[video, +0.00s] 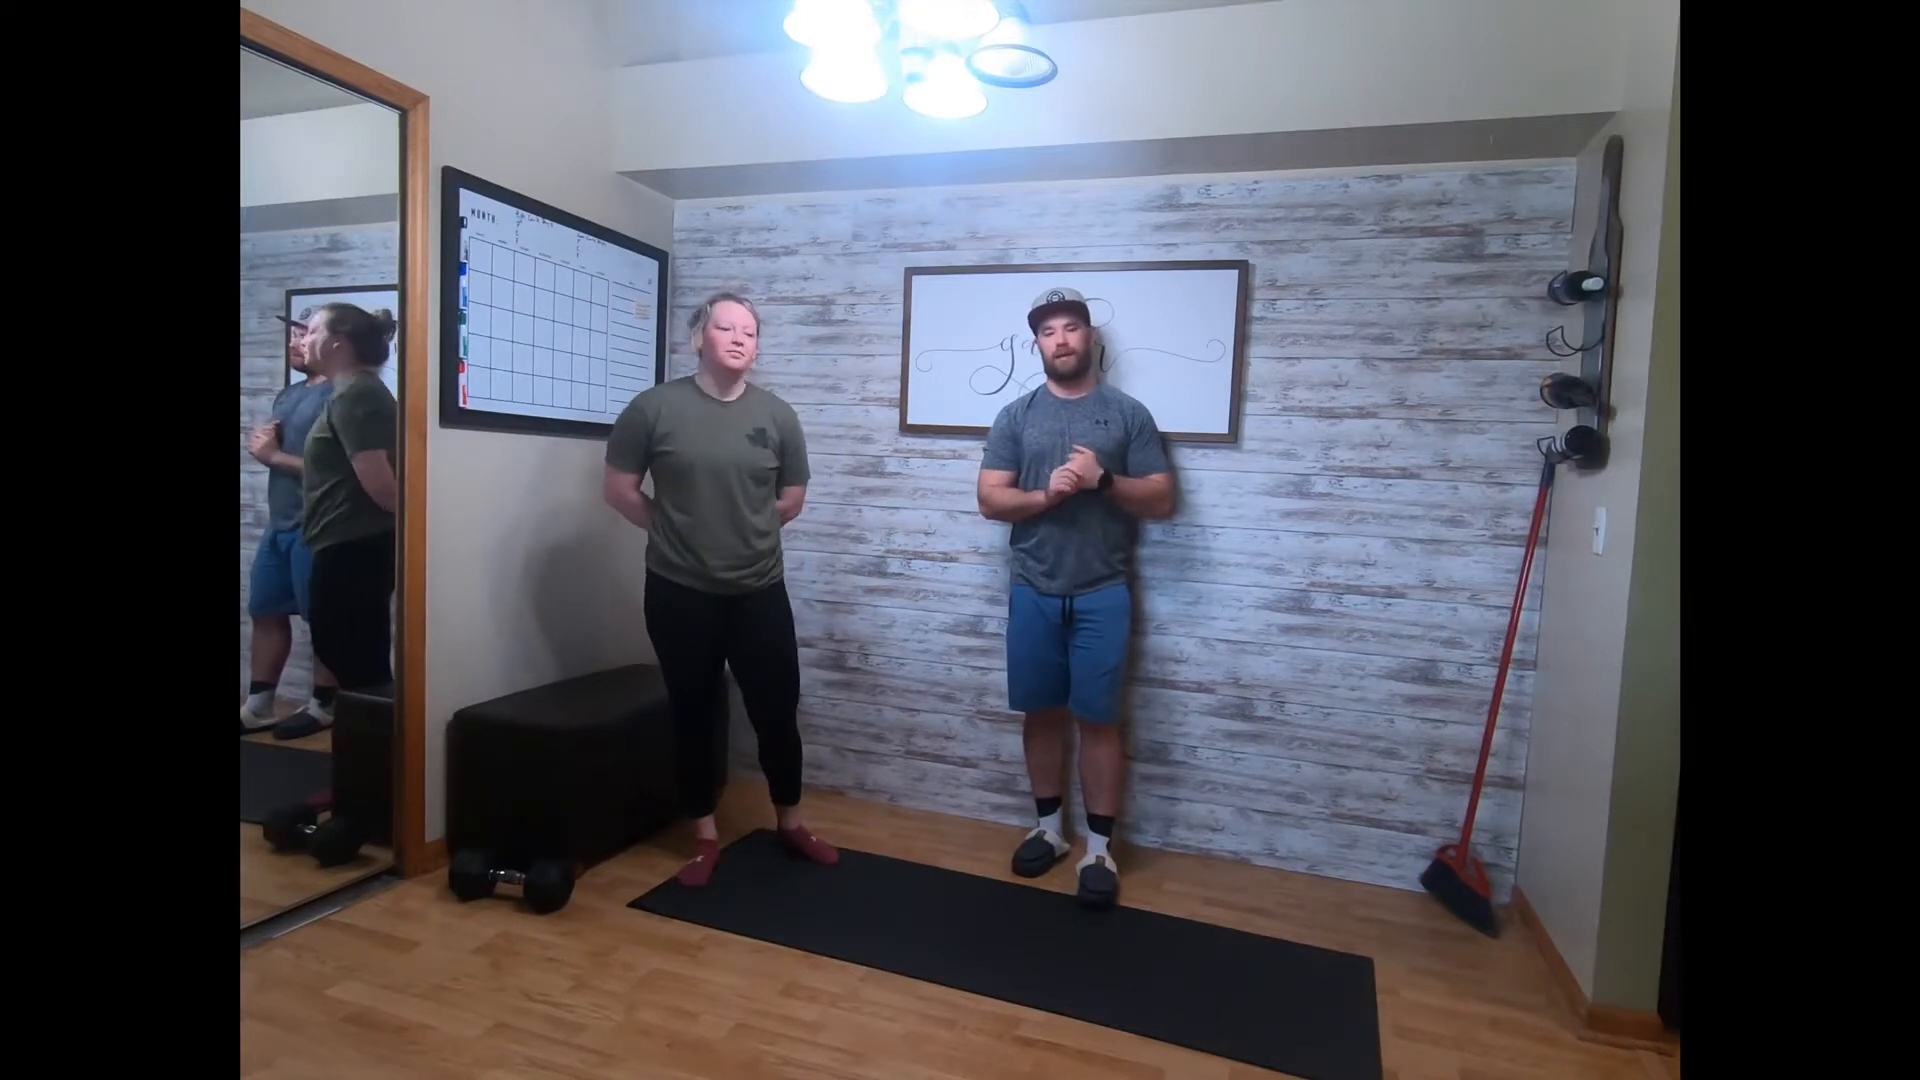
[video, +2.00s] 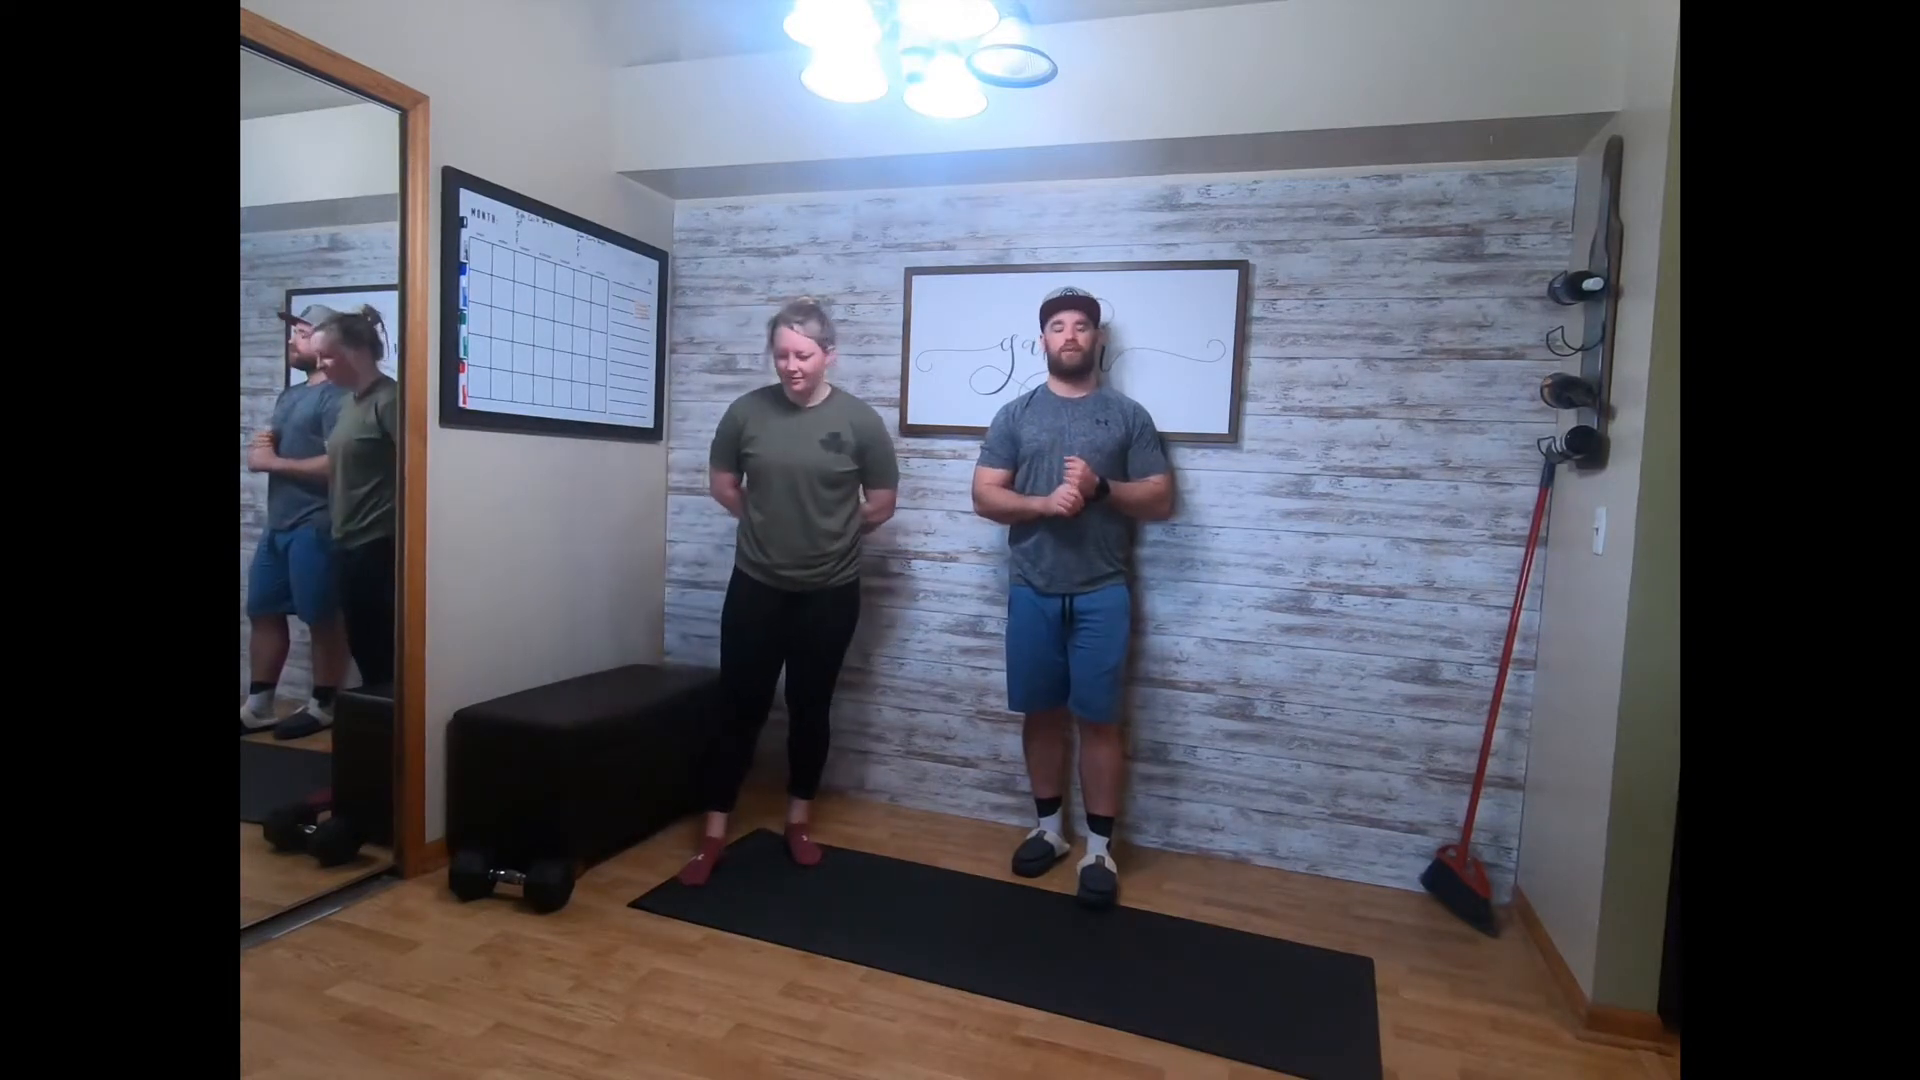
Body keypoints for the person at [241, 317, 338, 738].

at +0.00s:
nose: (297, 339)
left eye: (306, 332)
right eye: (297, 332)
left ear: (328, 344)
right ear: (298, 344)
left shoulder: (335, 396)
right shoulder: (288, 395)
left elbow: (328, 467)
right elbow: (285, 449)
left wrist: (273, 454)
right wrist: (267, 444)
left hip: (315, 528)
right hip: (279, 526)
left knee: (321, 620)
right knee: (267, 612)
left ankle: (324, 706)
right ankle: (260, 703)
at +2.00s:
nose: (293, 338)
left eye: (304, 333)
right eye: (295, 332)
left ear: (327, 346)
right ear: (299, 343)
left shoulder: (338, 397)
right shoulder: (288, 396)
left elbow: (337, 464)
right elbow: (280, 444)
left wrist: (274, 462)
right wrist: (264, 442)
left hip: (317, 523)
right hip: (278, 524)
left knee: (322, 617)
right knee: (264, 610)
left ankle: (324, 706)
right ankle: (259, 704)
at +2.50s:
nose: (294, 339)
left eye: (304, 332)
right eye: (295, 333)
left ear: (326, 342)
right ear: (299, 344)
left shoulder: (343, 392)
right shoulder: (294, 394)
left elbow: (346, 447)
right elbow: (276, 446)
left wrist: (317, 412)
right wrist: (248, 413)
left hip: (317, 523)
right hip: (276, 523)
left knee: (321, 617)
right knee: (260, 608)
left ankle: (324, 706)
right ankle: (259, 704)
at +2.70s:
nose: (300, 344)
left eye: (310, 336)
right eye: (300, 337)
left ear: (334, 344)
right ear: (301, 345)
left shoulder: (347, 394)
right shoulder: (293, 391)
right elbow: (254, 411)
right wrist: (242, 371)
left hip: (319, 527)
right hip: (279, 525)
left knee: (321, 619)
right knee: (261, 609)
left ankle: (325, 706)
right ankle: (259, 703)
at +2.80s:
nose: (298, 342)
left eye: (308, 336)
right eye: (297, 335)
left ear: (331, 344)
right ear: (296, 343)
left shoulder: (347, 391)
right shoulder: (289, 386)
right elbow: (250, 384)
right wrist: (238, 346)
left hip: (322, 528)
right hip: (280, 523)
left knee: (322, 621)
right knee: (264, 609)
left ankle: (324, 705)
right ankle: (259, 703)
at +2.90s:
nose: (296, 340)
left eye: (305, 333)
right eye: (296, 332)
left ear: (329, 341)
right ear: (296, 341)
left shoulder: (340, 385)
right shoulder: (290, 379)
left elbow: (351, 345)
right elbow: (253, 355)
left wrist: (340, 299)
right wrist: (238, 324)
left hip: (322, 522)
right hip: (283, 519)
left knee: (322, 618)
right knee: (264, 609)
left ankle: (324, 705)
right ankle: (259, 702)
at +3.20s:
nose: (291, 340)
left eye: (301, 332)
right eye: (292, 333)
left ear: (327, 340)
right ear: (294, 342)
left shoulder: (338, 386)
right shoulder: (287, 381)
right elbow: (246, 375)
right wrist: (240, 328)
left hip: (318, 524)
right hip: (280, 521)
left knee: (321, 620)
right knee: (262, 609)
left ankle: (324, 705)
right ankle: (259, 703)